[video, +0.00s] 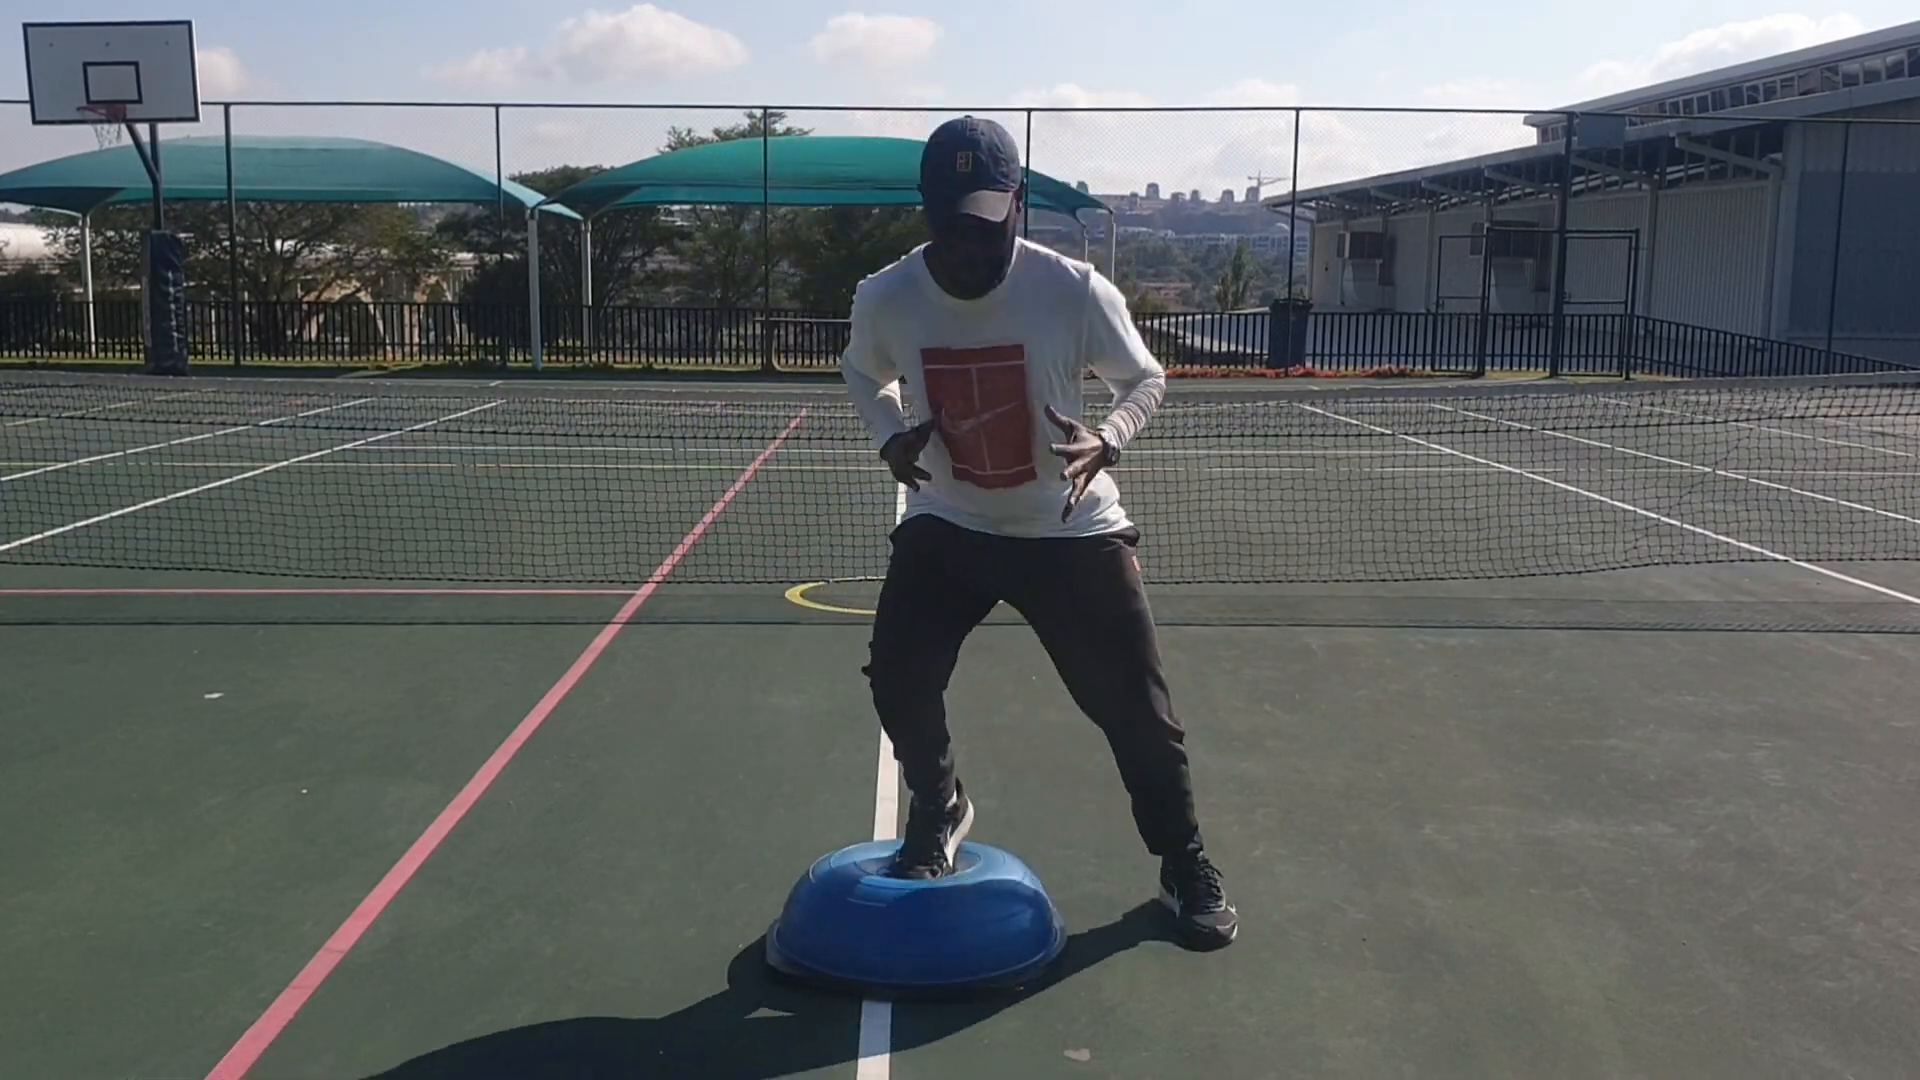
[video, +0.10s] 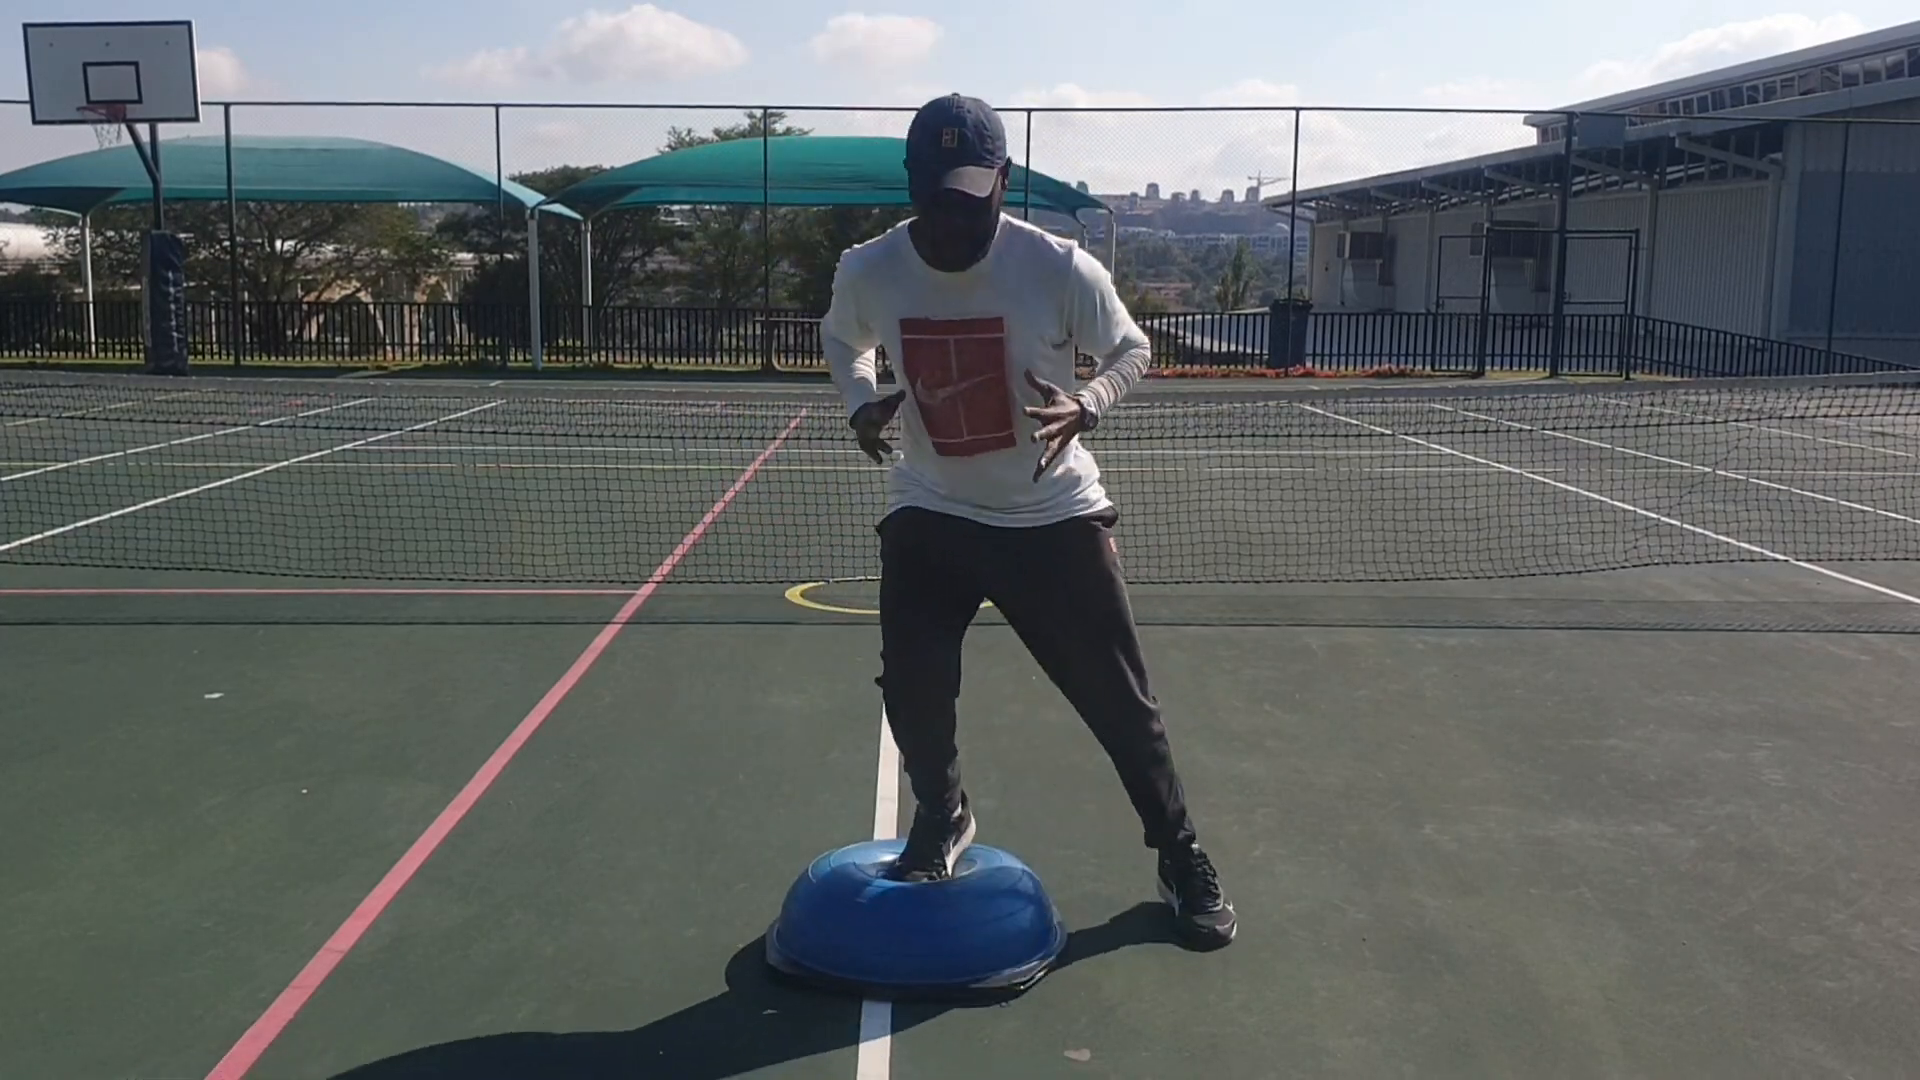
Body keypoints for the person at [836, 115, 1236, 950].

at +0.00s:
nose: (974, 243)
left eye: (991, 223)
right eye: (957, 224)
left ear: (1017, 209)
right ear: (927, 214)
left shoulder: (1076, 294)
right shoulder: (883, 302)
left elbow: (1145, 384)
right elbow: (862, 374)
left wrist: (1109, 435)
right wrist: (892, 433)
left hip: (1070, 531)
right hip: (947, 526)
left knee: (1141, 713)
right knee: (898, 681)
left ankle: (1187, 868)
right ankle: (936, 807)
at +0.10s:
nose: (964, 215)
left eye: (979, 195)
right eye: (945, 197)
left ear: (1004, 183)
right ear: (911, 186)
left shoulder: (1060, 270)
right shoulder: (866, 274)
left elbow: (1133, 352)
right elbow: (842, 341)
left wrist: (1091, 400)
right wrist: (864, 405)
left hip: (1051, 517)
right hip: (930, 513)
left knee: (1122, 704)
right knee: (911, 690)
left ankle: (1183, 863)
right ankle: (940, 812)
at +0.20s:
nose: (948, 128)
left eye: (961, 108)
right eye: (928, 109)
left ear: (980, 98)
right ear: (887, 100)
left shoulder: (1032, 189)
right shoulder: (831, 189)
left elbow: (1100, 259)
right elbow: (791, 249)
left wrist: (1063, 306)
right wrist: (815, 304)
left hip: (1017, 441)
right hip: (895, 450)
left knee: (1081, 637)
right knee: (913, 655)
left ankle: (1129, 805)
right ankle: (937, 813)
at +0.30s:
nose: (909, 82)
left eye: (928, 63)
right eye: (893, 61)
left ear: (961, 48)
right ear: (867, 47)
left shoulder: (1007, 131)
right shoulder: (813, 127)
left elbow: (1074, 200)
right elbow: (757, 181)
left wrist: (1041, 255)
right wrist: (774, 257)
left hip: (977, 382)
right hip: (855, 392)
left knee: (1036, 581)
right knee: (866, 603)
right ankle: (898, 771)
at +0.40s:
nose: (890, 80)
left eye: (907, 58)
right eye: (872, 59)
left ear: (937, 42)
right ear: (844, 41)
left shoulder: (986, 122)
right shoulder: (788, 115)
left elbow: (1044, 171)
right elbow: (717, 168)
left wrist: (1017, 241)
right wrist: (738, 251)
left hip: (944, 375)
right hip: (819, 374)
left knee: (975, 572)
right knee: (790, 579)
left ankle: (916, 733)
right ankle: (802, 738)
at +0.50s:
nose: (870, 102)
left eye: (885, 83)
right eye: (852, 83)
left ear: (913, 67)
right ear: (820, 68)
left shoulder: (960, 152)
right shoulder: (767, 145)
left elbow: (1001, 194)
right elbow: (686, 196)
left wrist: (975, 260)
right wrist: (723, 283)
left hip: (906, 425)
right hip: (782, 424)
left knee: (918, 629)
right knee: (727, 620)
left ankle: (871, 794)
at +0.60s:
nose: (867, 170)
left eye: (878, 149)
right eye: (845, 153)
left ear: (895, 139)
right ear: (802, 148)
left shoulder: (934, 238)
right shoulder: (740, 227)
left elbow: (955, 283)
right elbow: (656, 282)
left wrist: (937, 337)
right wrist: (699, 356)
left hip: (868, 504)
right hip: (739, 511)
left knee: (915, 674)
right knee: (661, 701)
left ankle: (869, 808)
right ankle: (604, 862)